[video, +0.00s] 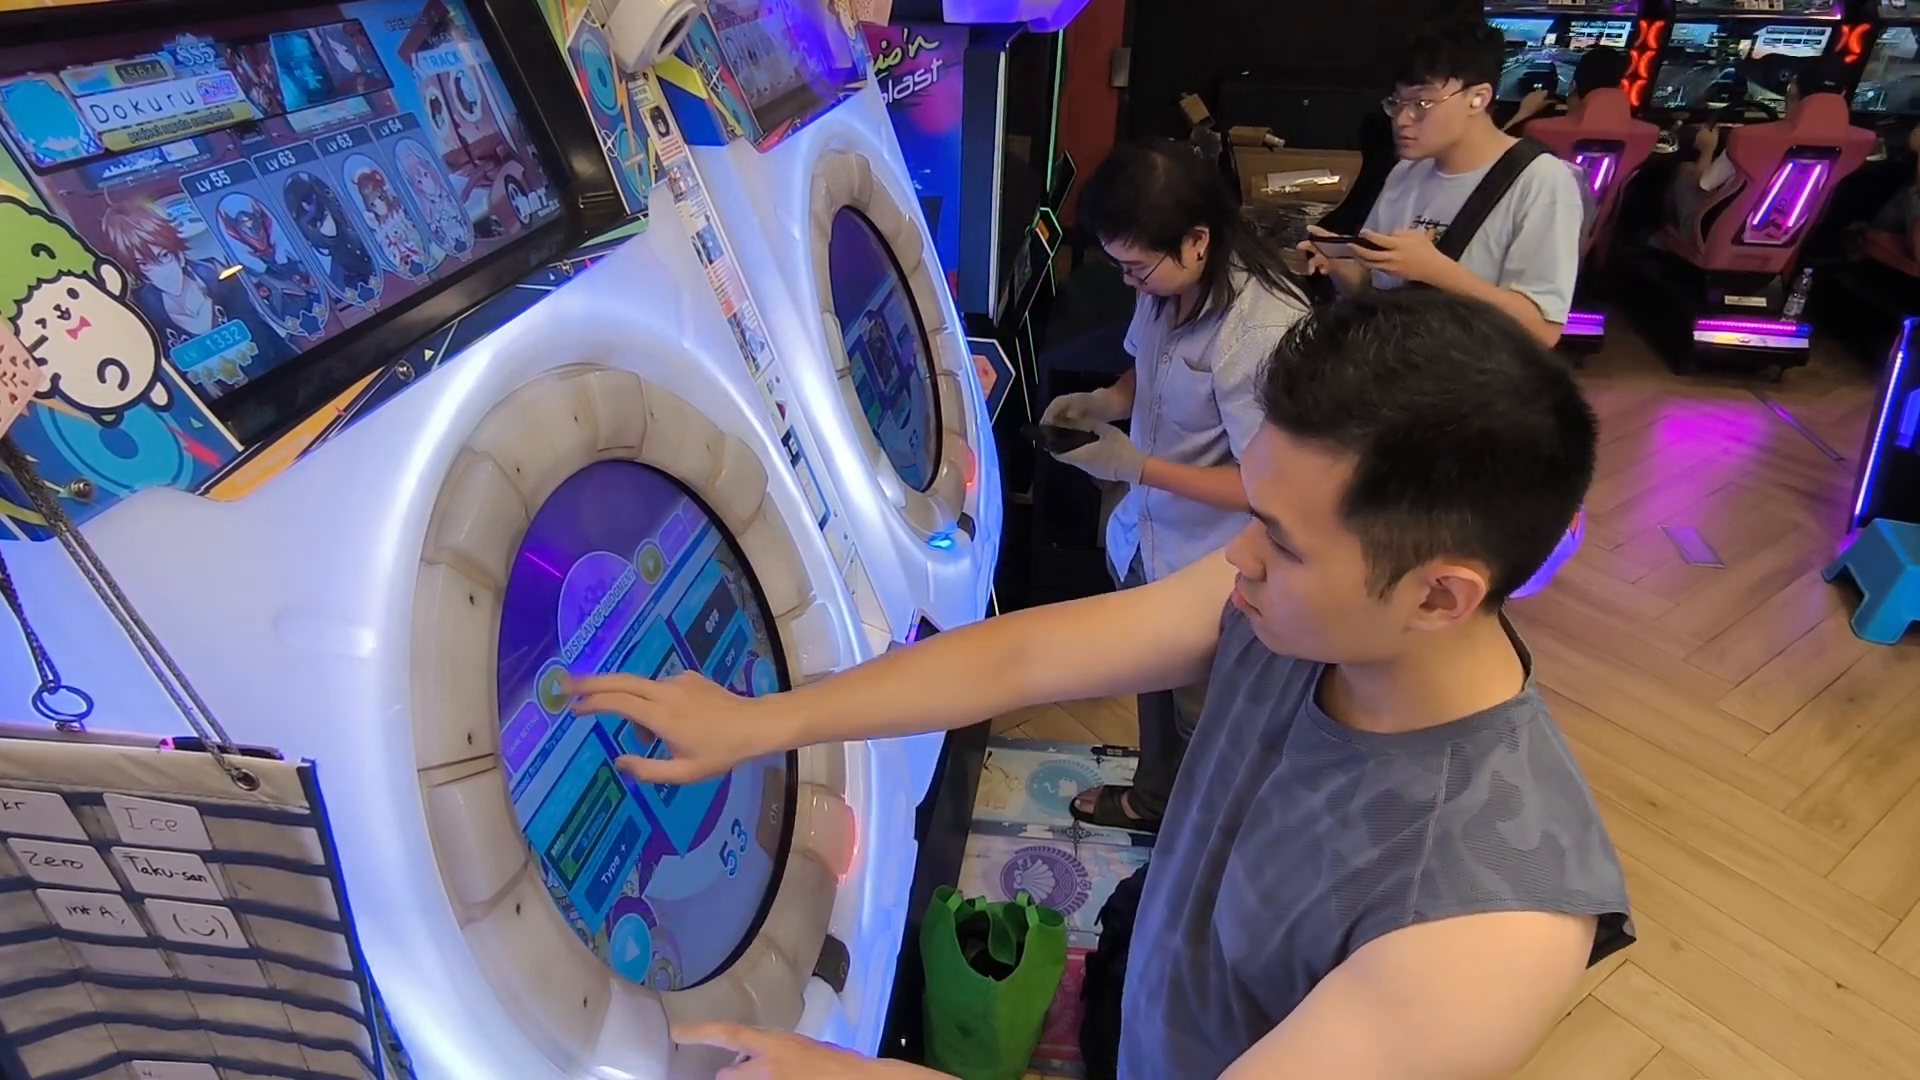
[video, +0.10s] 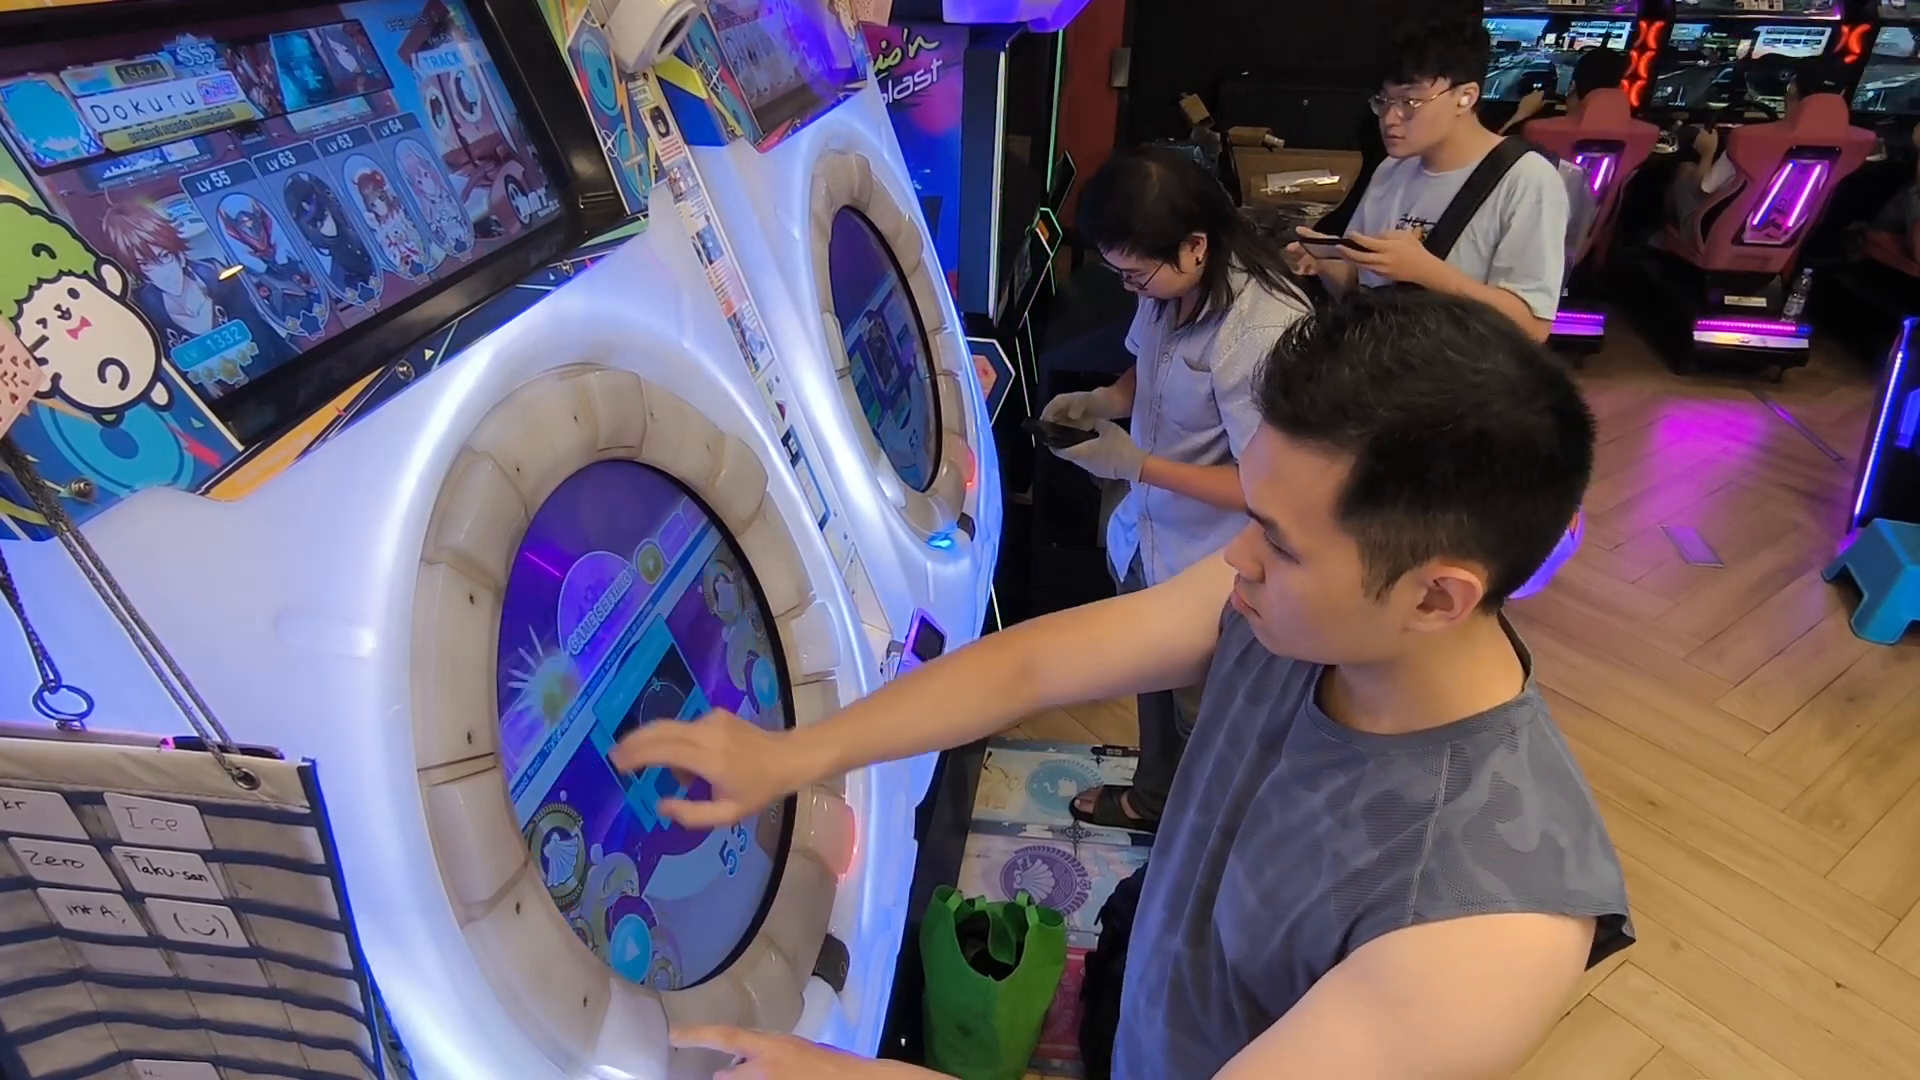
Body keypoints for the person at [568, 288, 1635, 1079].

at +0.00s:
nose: (1233, 553)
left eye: (1283, 543)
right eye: (1248, 509)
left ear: (1443, 594)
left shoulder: (1492, 915)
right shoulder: (1284, 587)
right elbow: (1018, 656)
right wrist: (760, 719)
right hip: (1138, 1016)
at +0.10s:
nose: (1229, 558)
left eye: (1281, 547)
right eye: (1247, 514)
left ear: (1442, 596)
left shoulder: (1492, 917)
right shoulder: (1287, 590)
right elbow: (1032, 664)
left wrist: (874, 1078)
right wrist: (795, 754)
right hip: (1137, 992)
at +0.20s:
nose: (1230, 560)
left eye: (1279, 549)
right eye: (1248, 518)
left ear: (1438, 599)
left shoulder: (1491, 913)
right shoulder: (1292, 596)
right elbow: (1046, 685)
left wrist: (877, 1076)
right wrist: (844, 797)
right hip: (1133, 1025)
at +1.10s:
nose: (1191, 579)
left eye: (1222, 561)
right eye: (1198, 544)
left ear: (1370, 593)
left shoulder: (1494, 918)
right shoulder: (1296, 626)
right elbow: (1101, 726)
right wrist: (904, 805)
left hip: (1208, 1075)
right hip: (1131, 1002)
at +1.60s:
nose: (1161, 578)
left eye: (1187, 562)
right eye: (1162, 546)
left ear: (1327, 584)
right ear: (1326, 587)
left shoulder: (1500, 922)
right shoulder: (1286, 640)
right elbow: (1163, 761)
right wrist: (1000, 857)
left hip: (1215, 1071)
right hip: (1141, 977)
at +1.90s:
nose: (1186, 587)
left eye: (1211, 571)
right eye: (1192, 555)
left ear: (1359, 598)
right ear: (1355, 596)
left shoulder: (1524, 928)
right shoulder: (1294, 643)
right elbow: (1197, 789)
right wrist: (1074, 941)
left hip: (1215, 1063)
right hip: (1131, 998)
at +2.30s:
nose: (1214, 664)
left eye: (1241, 657)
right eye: (1215, 637)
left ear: (1402, 680)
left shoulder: (1571, 1009)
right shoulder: (1336, 668)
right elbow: (1218, 779)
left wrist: (1120, 1076)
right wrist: (1095, 929)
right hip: (1159, 1000)